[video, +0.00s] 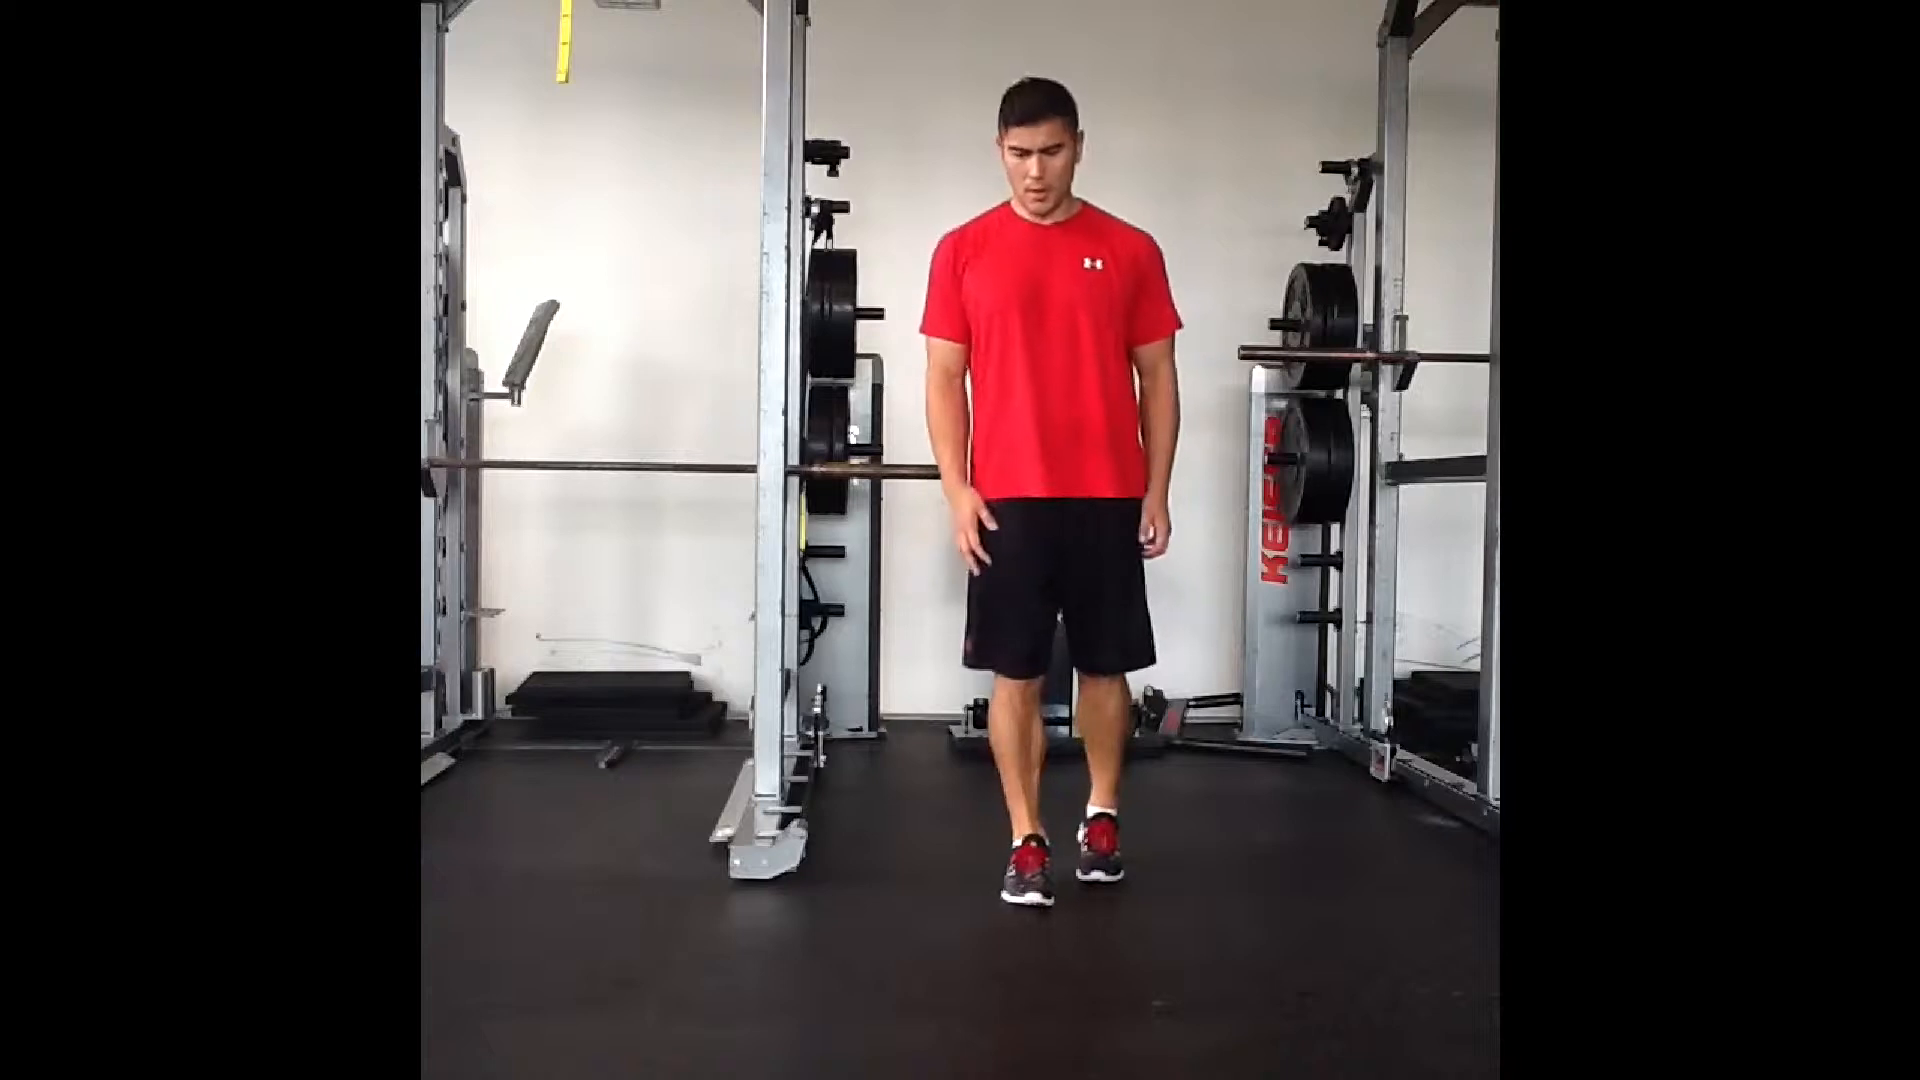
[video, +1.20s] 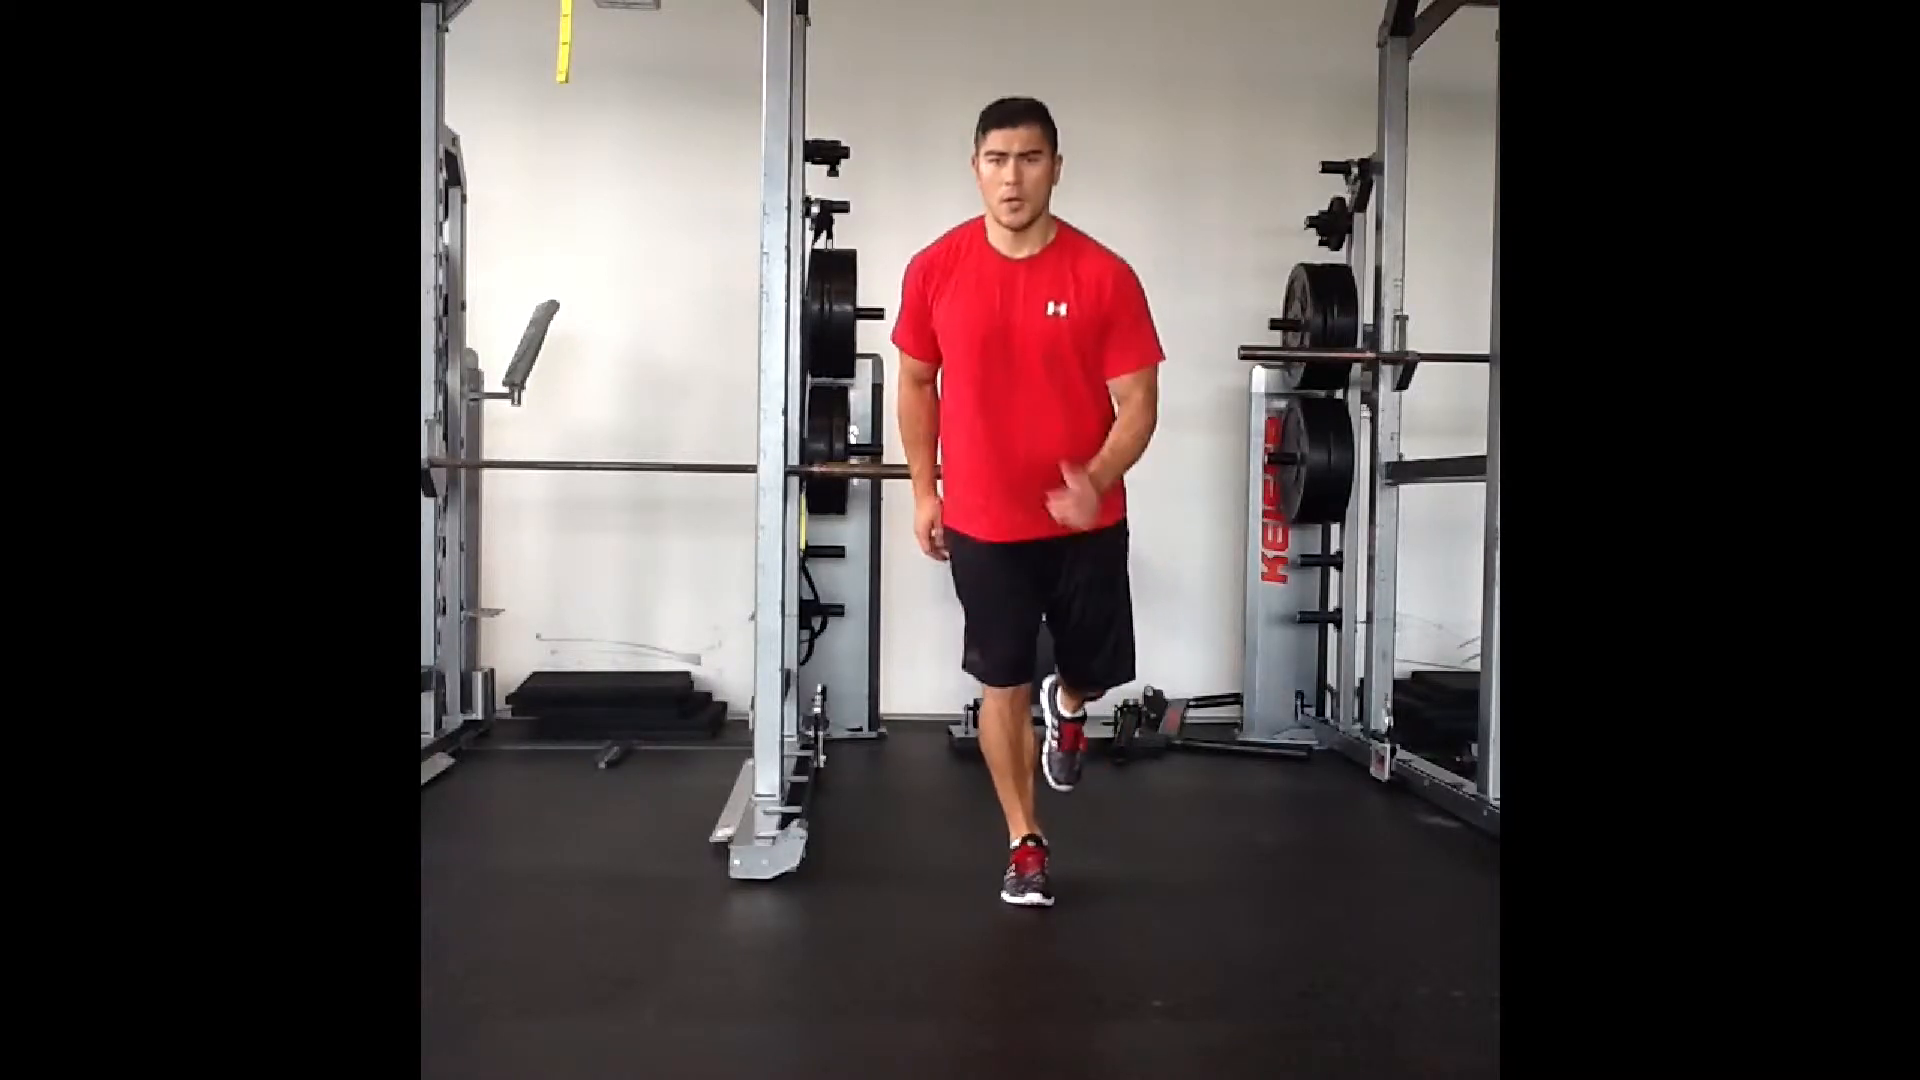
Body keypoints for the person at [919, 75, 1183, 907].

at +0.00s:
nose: (1035, 170)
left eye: (1050, 151)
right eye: (1019, 153)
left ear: (1077, 148)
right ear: (999, 154)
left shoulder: (1130, 250)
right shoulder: (962, 252)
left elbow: (1157, 373)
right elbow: (944, 378)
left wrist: (1157, 490)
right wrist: (957, 489)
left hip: (1106, 498)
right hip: (1009, 500)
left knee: (1103, 668)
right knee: (1016, 672)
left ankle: (1102, 819)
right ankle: (1026, 840)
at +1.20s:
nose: (1012, 175)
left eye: (1028, 158)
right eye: (996, 159)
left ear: (1055, 168)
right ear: (976, 170)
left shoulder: (1104, 278)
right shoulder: (933, 272)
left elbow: (1138, 406)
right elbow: (915, 382)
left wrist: (1100, 476)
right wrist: (924, 488)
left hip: (1086, 517)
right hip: (985, 521)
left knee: (1092, 668)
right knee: (1005, 680)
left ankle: (1064, 708)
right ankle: (1023, 841)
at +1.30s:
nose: (1010, 207)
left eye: (1027, 191)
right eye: (995, 191)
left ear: (1053, 202)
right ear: (975, 202)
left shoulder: (1101, 305)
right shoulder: (932, 296)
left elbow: (1133, 431)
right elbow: (916, 379)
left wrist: (1067, 416)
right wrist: (922, 454)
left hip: (1083, 532)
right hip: (984, 534)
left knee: (1088, 676)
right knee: (1007, 681)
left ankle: (1054, 683)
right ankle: (1023, 840)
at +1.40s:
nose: (1009, 249)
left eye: (1025, 234)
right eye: (993, 234)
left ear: (1051, 246)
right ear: (972, 246)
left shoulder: (1092, 330)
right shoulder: (935, 322)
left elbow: (1123, 430)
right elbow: (916, 375)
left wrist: (1044, 356)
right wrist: (925, 395)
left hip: (1083, 544)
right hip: (985, 545)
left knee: (1067, 682)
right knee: (1009, 681)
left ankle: (996, 702)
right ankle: (1024, 843)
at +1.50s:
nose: (1003, 286)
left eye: (1020, 270)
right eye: (987, 271)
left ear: (1047, 280)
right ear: (966, 282)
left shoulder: (1082, 350)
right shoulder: (934, 347)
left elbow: (1111, 430)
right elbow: (918, 334)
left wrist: (1029, 355)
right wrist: (925, 323)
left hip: (1083, 564)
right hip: (988, 561)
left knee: (1052, 683)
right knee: (1009, 691)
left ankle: (1006, 714)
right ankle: (1024, 844)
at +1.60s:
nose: (991, 292)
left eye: (1009, 275)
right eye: (976, 275)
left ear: (1036, 284)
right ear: (954, 284)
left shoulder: (1084, 360)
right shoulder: (920, 363)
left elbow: (1129, 475)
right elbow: (958, 426)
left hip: (1084, 568)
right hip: (988, 566)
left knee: (1057, 700)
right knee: (1013, 701)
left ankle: (1001, 717)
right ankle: (1026, 844)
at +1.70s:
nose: (987, 258)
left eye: (1003, 242)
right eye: (971, 244)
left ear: (1031, 252)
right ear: (950, 259)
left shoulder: (1092, 345)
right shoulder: (919, 363)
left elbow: (1133, 473)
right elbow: (917, 459)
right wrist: (928, 516)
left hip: (1082, 560)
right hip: (983, 564)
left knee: (1074, 718)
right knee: (1014, 699)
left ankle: (1044, 741)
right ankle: (1026, 843)